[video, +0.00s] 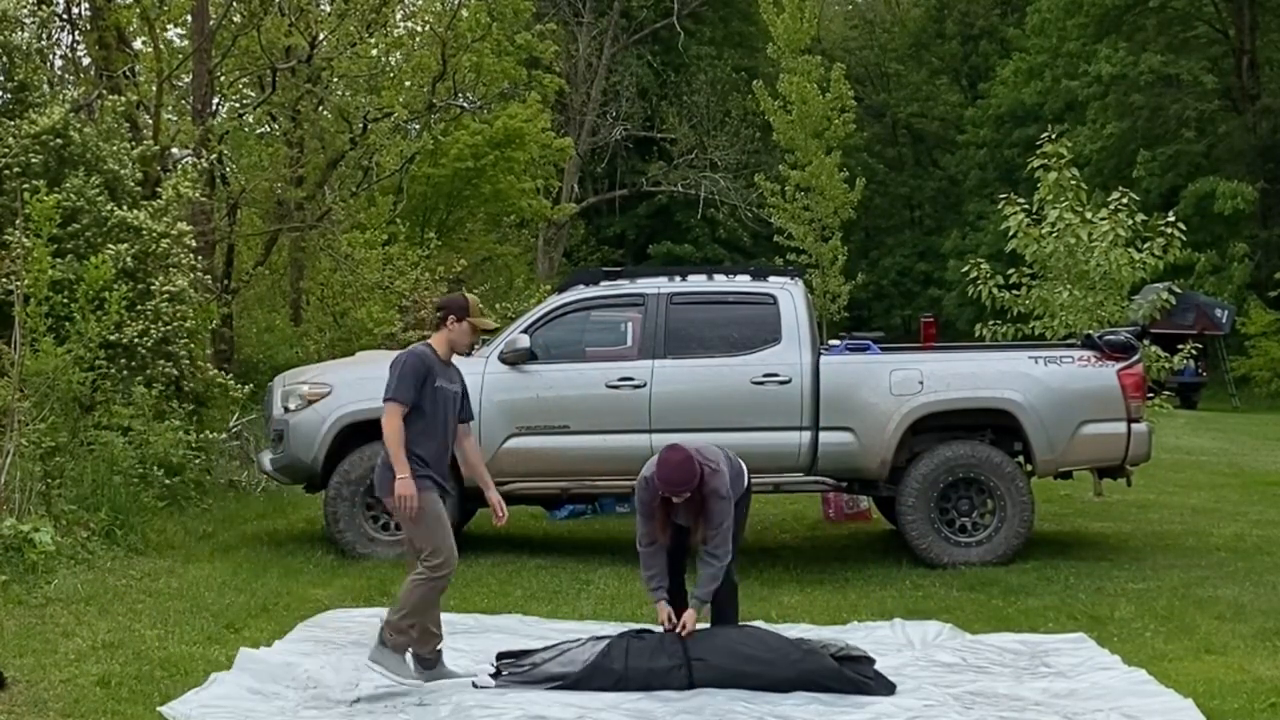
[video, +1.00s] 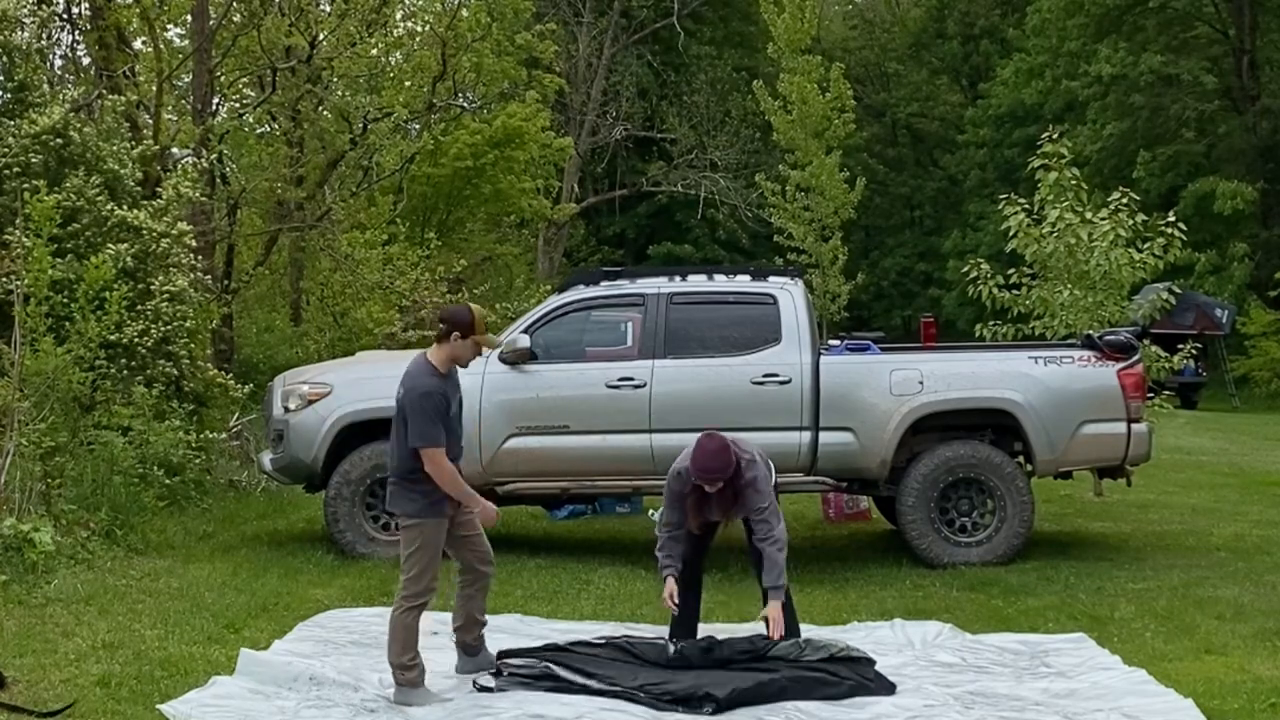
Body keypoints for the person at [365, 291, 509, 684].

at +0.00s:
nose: (475, 339)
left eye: (477, 332)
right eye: (472, 330)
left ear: (457, 325)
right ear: (451, 323)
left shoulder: (455, 376)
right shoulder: (415, 360)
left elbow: (464, 439)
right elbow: (390, 419)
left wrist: (489, 489)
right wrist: (402, 473)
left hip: (432, 482)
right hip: (407, 479)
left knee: (431, 566)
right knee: (441, 560)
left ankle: (427, 656)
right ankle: (389, 645)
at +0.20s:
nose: (466, 335)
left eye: (467, 328)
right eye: (463, 328)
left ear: (439, 323)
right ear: (444, 323)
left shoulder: (425, 367)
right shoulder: (429, 372)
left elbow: (454, 437)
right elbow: (457, 438)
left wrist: (499, 469)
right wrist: (504, 470)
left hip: (446, 498)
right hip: (433, 499)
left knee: (439, 583)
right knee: (421, 587)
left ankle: (429, 663)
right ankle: (408, 678)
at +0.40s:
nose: (468, 339)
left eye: (469, 332)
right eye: (464, 332)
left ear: (436, 326)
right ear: (441, 326)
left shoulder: (408, 363)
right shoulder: (443, 376)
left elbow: (425, 428)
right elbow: (477, 435)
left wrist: (468, 449)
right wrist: (508, 446)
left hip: (423, 491)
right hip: (430, 497)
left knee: (436, 581)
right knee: (417, 587)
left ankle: (428, 664)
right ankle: (408, 679)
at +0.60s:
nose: (414, 340)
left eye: (423, 334)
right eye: (409, 332)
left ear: (441, 333)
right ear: (403, 329)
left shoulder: (457, 368)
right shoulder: (390, 374)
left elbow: (470, 423)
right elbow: (346, 416)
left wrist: (483, 475)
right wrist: (353, 451)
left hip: (449, 493)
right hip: (407, 493)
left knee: (443, 583)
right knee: (413, 587)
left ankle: (430, 662)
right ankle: (407, 679)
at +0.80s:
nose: (432, 350)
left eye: (435, 343)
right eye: (425, 344)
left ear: (439, 337)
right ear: (404, 337)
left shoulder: (444, 364)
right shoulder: (377, 382)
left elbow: (462, 418)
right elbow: (346, 439)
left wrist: (476, 469)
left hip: (445, 493)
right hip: (404, 499)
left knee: (445, 584)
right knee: (407, 590)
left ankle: (429, 662)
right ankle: (404, 682)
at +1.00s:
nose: (478, 352)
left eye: (479, 345)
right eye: (475, 345)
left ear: (454, 338)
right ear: (454, 339)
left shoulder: (444, 372)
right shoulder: (423, 387)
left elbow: (445, 447)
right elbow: (434, 462)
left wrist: (460, 493)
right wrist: (476, 500)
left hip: (449, 496)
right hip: (420, 503)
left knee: (479, 565)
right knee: (415, 593)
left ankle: (471, 653)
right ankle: (407, 683)